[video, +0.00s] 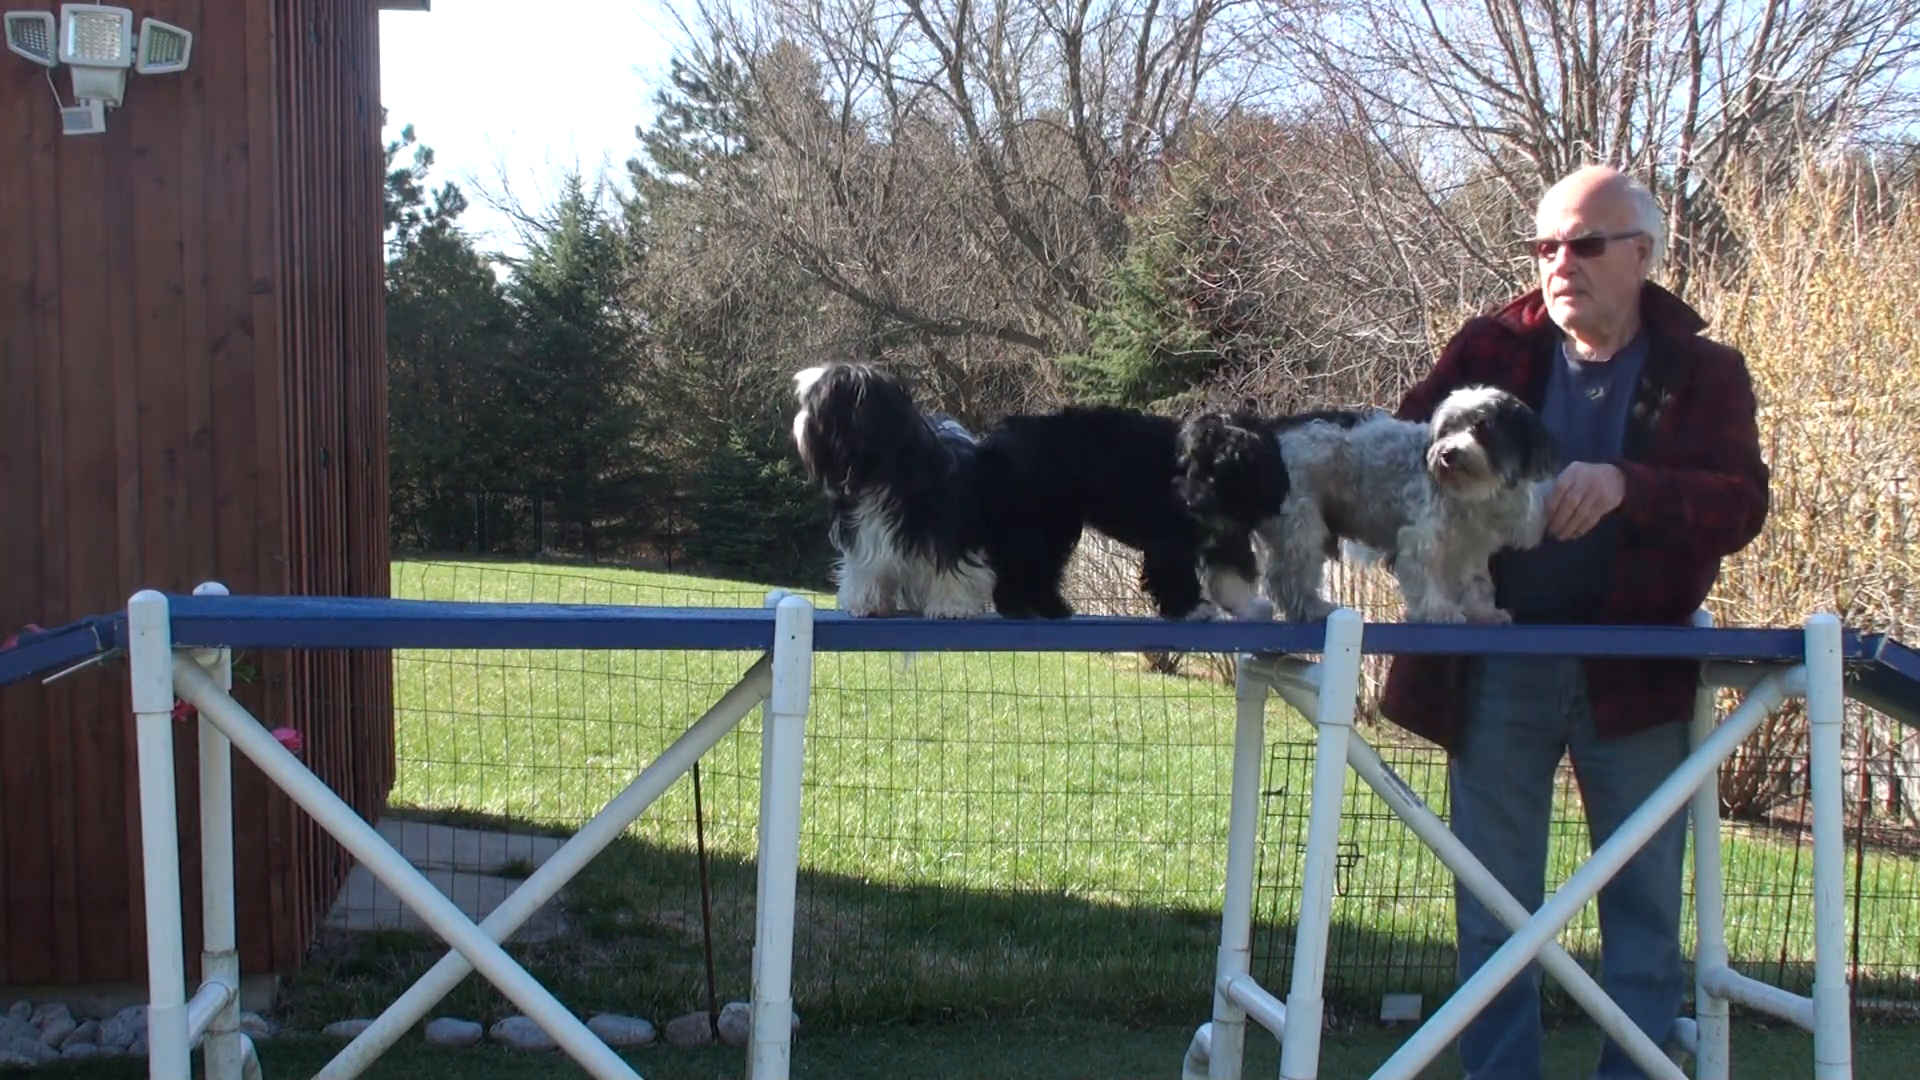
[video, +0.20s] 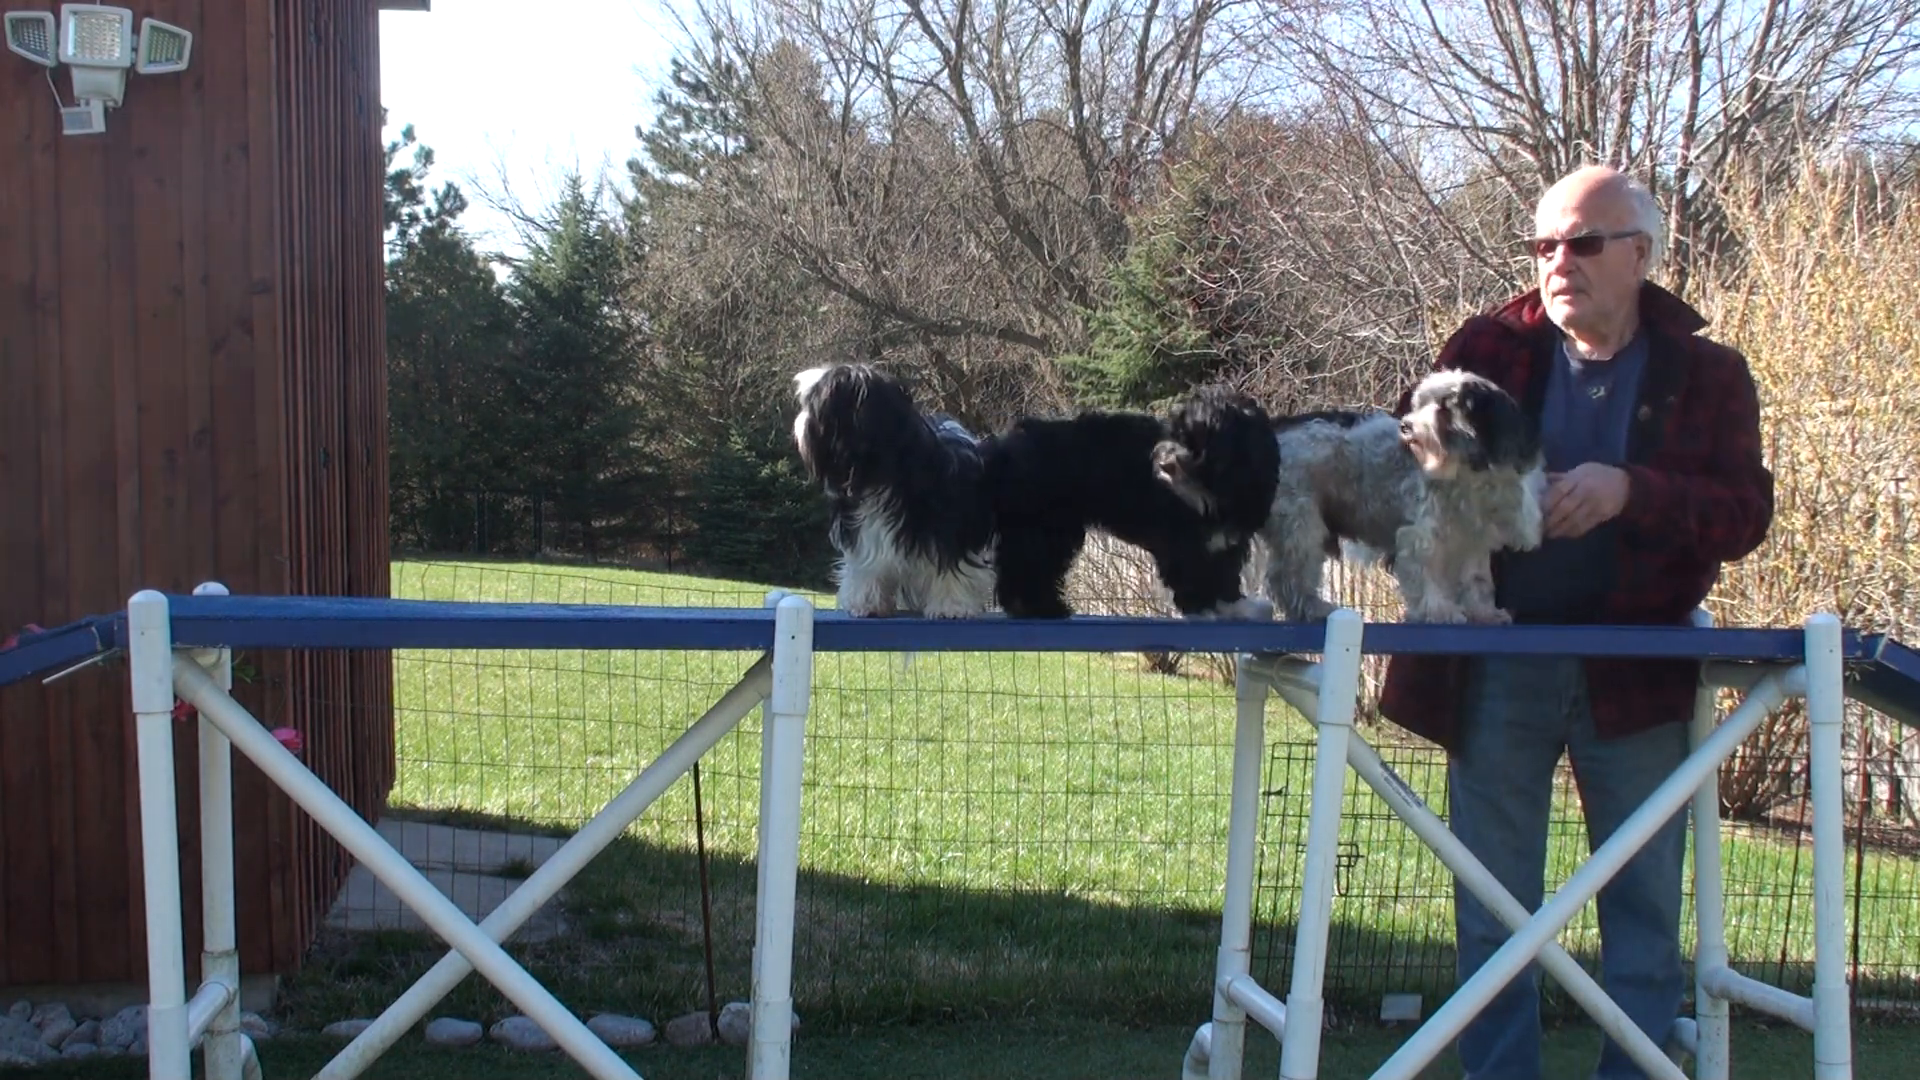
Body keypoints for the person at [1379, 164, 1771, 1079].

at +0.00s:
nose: (1560, 263)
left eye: (1585, 244)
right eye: (1546, 246)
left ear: (1644, 253)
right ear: (1533, 259)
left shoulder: (1705, 372)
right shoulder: (1487, 350)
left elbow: (1739, 502)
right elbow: (1397, 457)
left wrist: (1626, 483)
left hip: (1635, 667)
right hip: (1496, 661)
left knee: (1644, 911)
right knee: (1491, 909)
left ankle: (1638, 1072)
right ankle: (1497, 1065)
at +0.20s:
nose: (1558, 261)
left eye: (1583, 243)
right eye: (1544, 245)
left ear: (1642, 252)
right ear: (1531, 258)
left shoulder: (1707, 374)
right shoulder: (1488, 350)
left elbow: (1742, 512)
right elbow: (1413, 441)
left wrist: (1628, 489)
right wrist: (1428, 443)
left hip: (1637, 663)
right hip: (1497, 659)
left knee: (1643, 907)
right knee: (1492, 905)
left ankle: (1638, 1071)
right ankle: (1497, 1065)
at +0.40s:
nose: (1563, 258)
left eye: (1589, 240)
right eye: (1549, 243)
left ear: (1645, 252)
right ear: (1535, 257)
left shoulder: (1708, 375)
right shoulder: (1489, 349)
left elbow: (1745, 513)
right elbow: (1405, 432)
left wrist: (1624, 490)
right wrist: (1398, 424)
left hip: (1638, 663)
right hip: (1498, 658)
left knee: (1644, 906)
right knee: (1491, 904)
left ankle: (1638, 1071)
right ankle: (1497, 1065)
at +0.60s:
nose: (1582, 253)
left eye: (1608, 235)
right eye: (1564, 237)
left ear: (1653, 250)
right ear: (1545, 253)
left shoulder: (1708, 375)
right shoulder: (1492, 348)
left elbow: (1746, 513)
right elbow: (1406, 434)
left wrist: (1617, 502)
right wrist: (1405, 417)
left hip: (1639, 660)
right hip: (1500, 656)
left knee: (1645, 903)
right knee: (1492, 901)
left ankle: (1638, 1070)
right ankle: (1497, 1065)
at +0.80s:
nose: (1594, 249)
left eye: (1618, 231)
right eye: (1575, 233)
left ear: (1657, 248)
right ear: (1550, 247)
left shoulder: (1708, 371)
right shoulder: (1492, 345)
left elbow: (1749, 512)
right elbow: (1391, 436)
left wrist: (1621, 497)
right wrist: (1402, 424)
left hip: (1639, 660)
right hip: (1499, 655)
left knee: (1645, 904)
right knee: (1493, 902)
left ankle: (1639, 1073)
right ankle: (1497, 1066)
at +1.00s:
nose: (1590, 246)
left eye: (1614, 229)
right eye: (1569, 232)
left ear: (1654, 244)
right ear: (1544, 250)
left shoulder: (1709, 371)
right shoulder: (1490, 351)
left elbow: (1753, 512)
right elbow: (1359, 425)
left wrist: (1624, 478)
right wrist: (1410, 436)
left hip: (1640, 665)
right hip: (1498, 660)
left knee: (1646, 906)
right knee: (1492, 905)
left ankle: (1639, 1071)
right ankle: (1496, 1065)